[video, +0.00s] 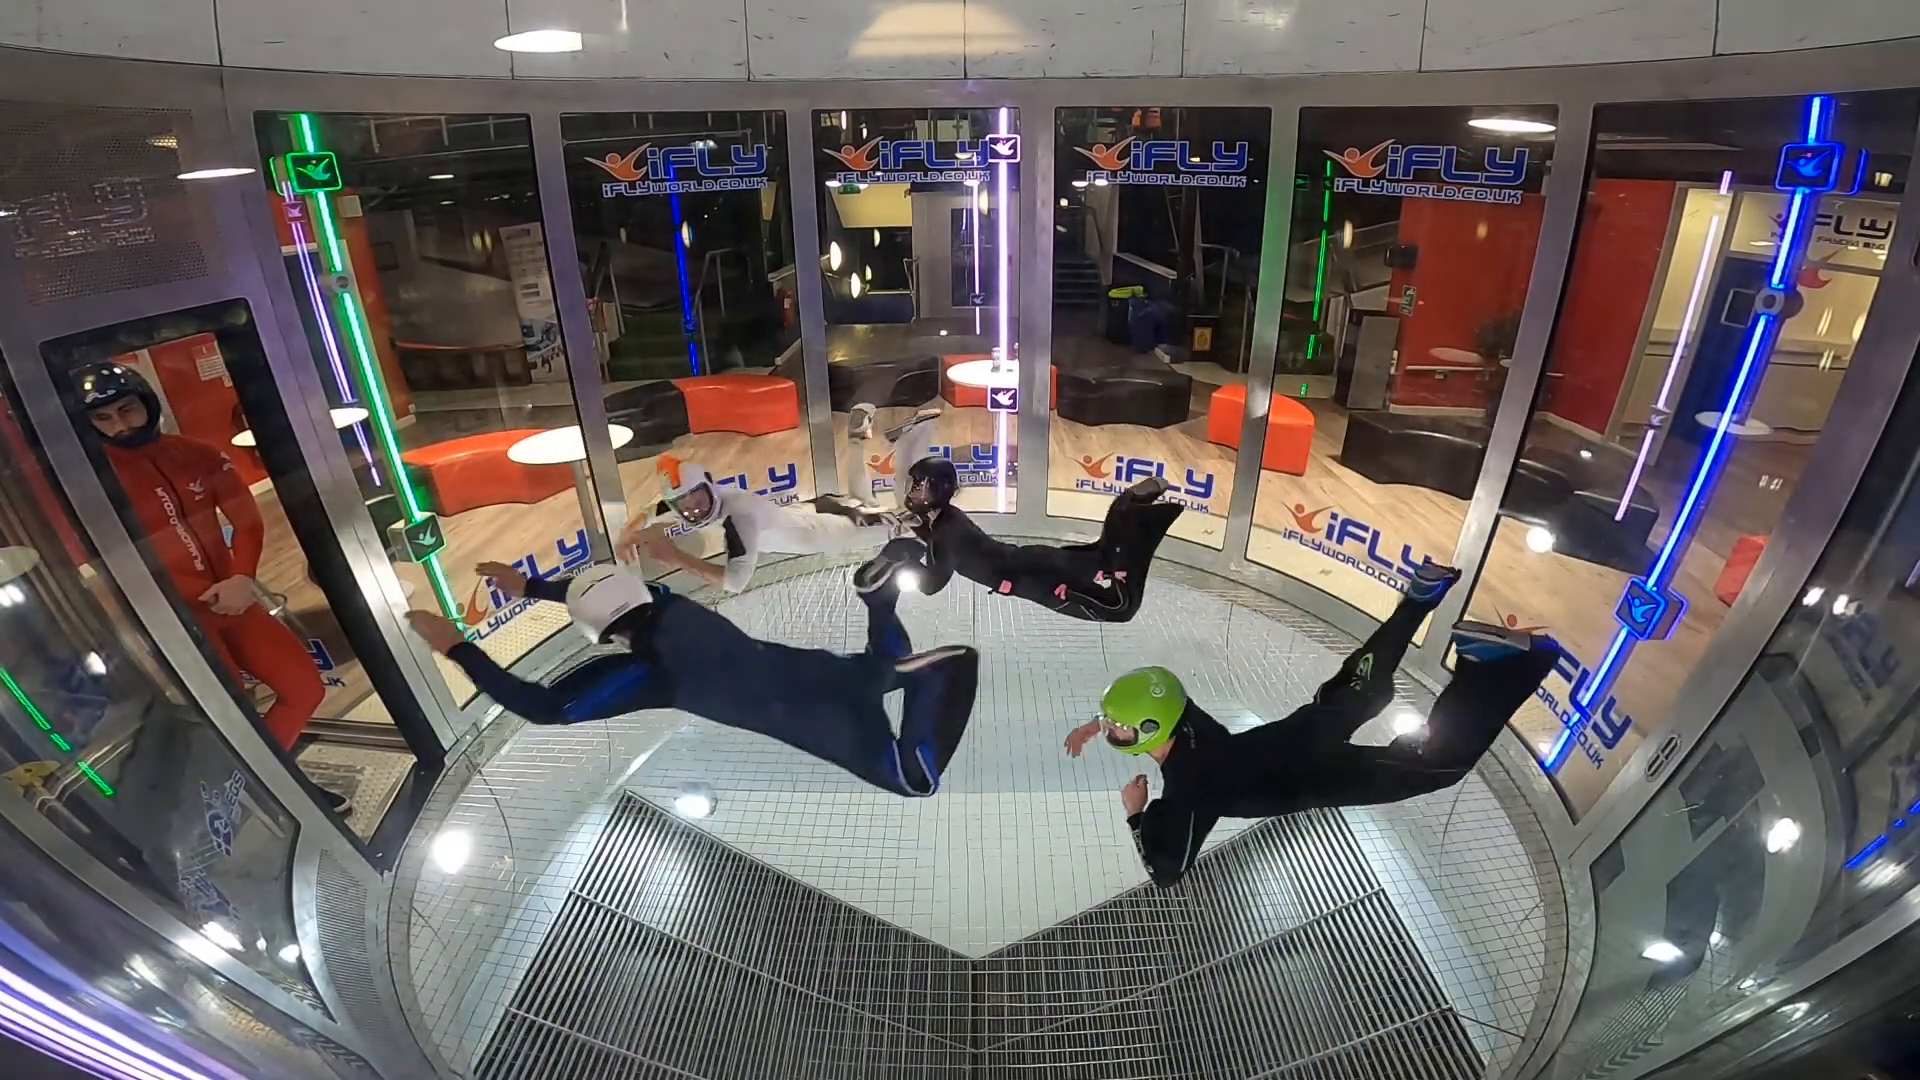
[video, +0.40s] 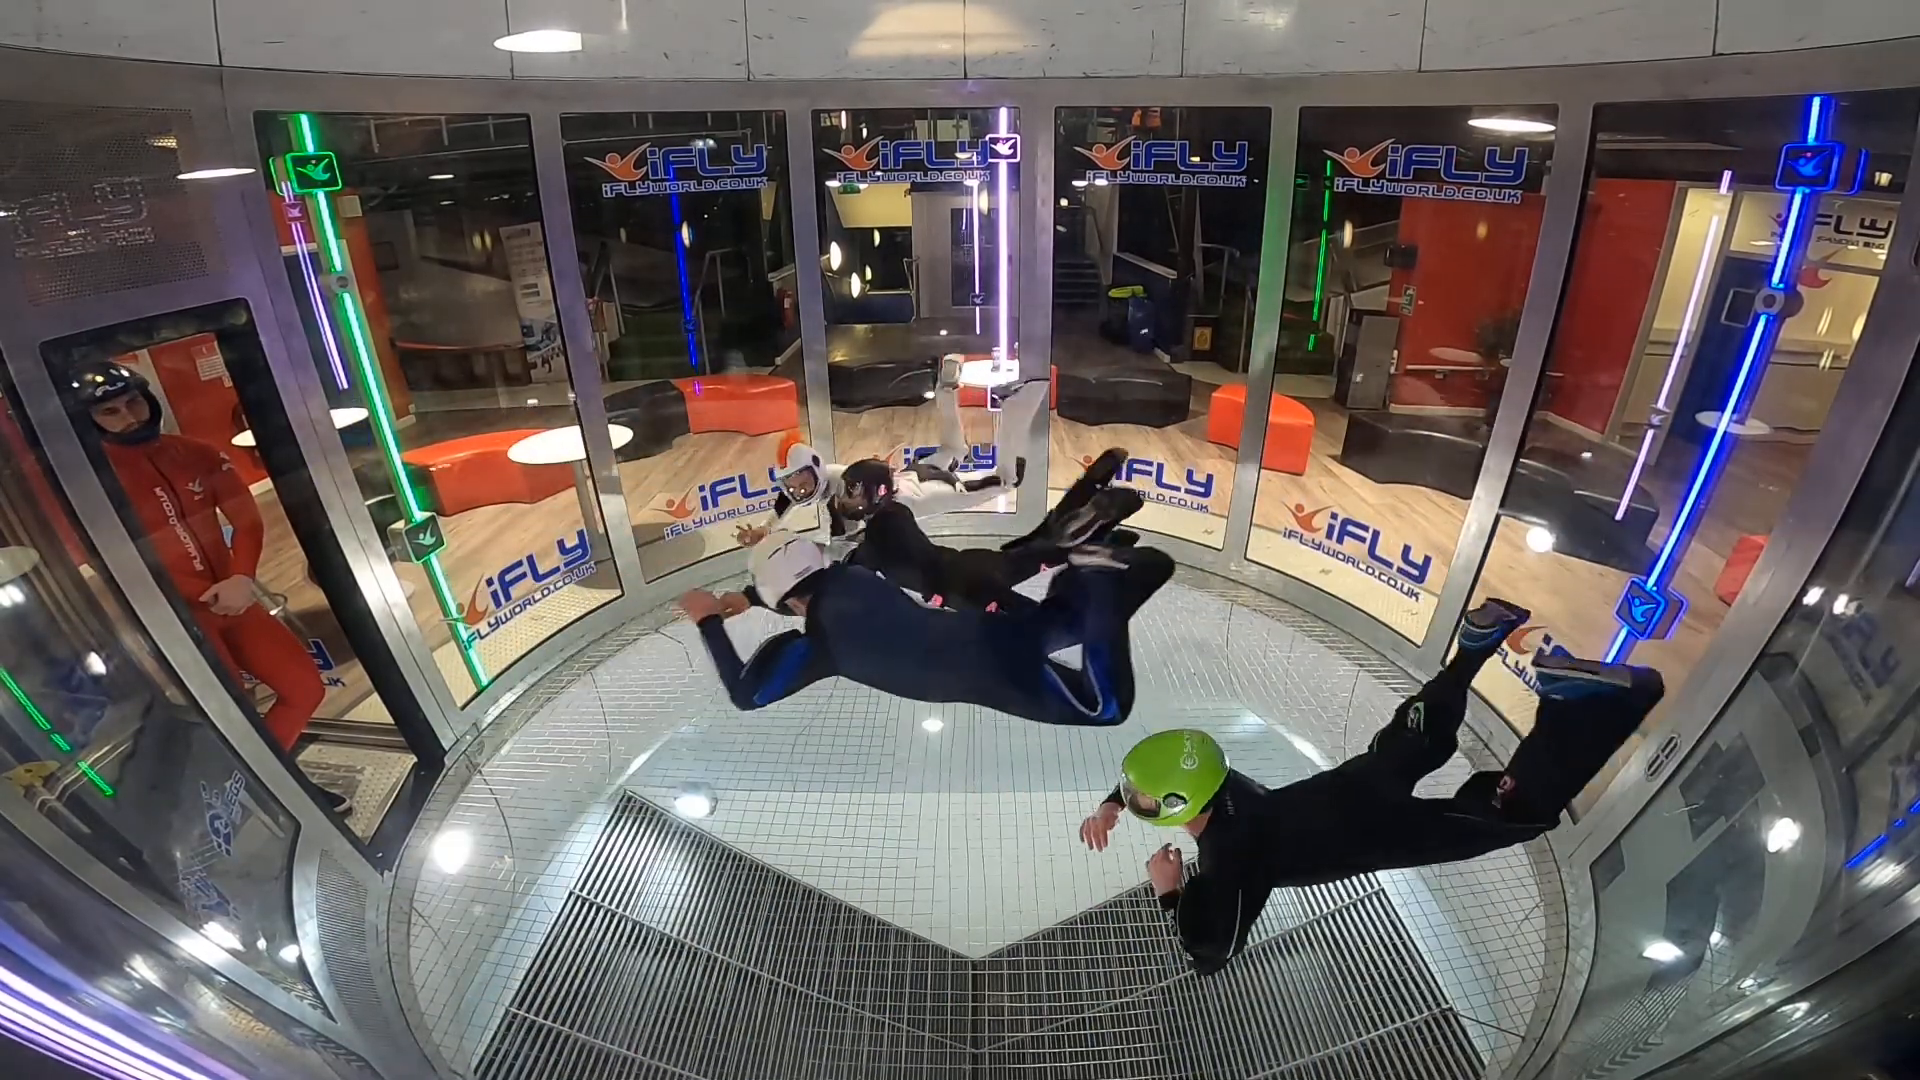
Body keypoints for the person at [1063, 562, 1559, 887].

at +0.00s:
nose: (1115, 734)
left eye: (1124, 729)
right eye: (1116, 724)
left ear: (1151, 731)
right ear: (1156, 710)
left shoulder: (1188, 782)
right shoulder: (1177, 714)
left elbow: (1168, 870)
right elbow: (1140, 706)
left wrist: (1141, 814)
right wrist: (1099, 726)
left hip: (1321, 776)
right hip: (1298, 730)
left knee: (1438, 762)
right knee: (1362, 684)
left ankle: (1523, 664)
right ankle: (1416, 602)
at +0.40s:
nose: (1139, 804)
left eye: (1150, 801)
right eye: (1142, 792)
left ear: (1183, 809)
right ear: (1195, 782)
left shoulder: (1231, 856)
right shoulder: (1209, 781)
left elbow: (1211, 950)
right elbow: (1155, 776)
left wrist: (1177, 891)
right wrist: (1115, 806)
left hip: (1387, 833)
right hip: (1349, 785)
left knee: (1509, 814)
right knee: (1419, 735)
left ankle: (1586, 706)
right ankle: (1474, 651)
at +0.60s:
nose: (1122, 859)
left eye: (1131, 854)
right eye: (1125, 843)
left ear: (1163, 865)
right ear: (1182, 815)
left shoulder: (1215, 913)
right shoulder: (1201, 823)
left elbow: (1174, 1011)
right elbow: (1149, 807)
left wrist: (1130, 951)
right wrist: (1095, 844)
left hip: (1383, 891)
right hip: (1346, 834)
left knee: (1530, 872)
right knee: (1433, 782)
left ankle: (1597, 775)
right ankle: (1527, 687)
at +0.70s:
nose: (1103, 892)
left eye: (1109, 883)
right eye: (1103, 877)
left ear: (1144, 888)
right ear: (1159, 837)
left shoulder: (1187, 949)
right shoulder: (1180, 846)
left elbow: (1146, 1045)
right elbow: (1124, 830)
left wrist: (1095, 987)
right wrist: (1070, 863)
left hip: (1360, 931)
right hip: (1335, 866)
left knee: (1507, 923)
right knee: (1421, 822)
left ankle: (1578, 825)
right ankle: (1515, 741)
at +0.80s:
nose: (1064, 915)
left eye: (1071, 908)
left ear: (1103, 916)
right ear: (1130, 859)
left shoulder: (1161, 988)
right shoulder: (1156, 868)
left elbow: (1107, 1067)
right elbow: (1103, 852)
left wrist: (1047, 1021)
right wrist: (1037, 883)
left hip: (1363, 961)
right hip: (1341, 888)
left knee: (1502, 965)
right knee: (1418, 851)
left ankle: (1599, 876)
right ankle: (1517, 802)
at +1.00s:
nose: (1016, 977)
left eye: (1017, 966)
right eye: (1018, 963)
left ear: (1049, 972)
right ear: (1072, 908)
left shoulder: (1106, 1035)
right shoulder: (1110, 906)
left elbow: (1032, 1079)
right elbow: (1055, 879)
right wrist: (962, 908)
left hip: (1318, 1024)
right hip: (1305, 948)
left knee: (1447, 1027)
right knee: (1391, 927)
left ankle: (1556, 966)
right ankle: (1491, 901)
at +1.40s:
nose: (986, 1019)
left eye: (994, 1006)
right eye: (974, 1003)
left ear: (1032, 987)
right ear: (1021, 935)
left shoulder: (1067, 1058)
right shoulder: (1051, 930)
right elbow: (994, 914)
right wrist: (906, 933)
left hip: (1252, 1062)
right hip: (1222, 1008)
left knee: (1380, 1062)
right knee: (1324, 1009)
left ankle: (1514, 1030)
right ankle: (1404, 965)